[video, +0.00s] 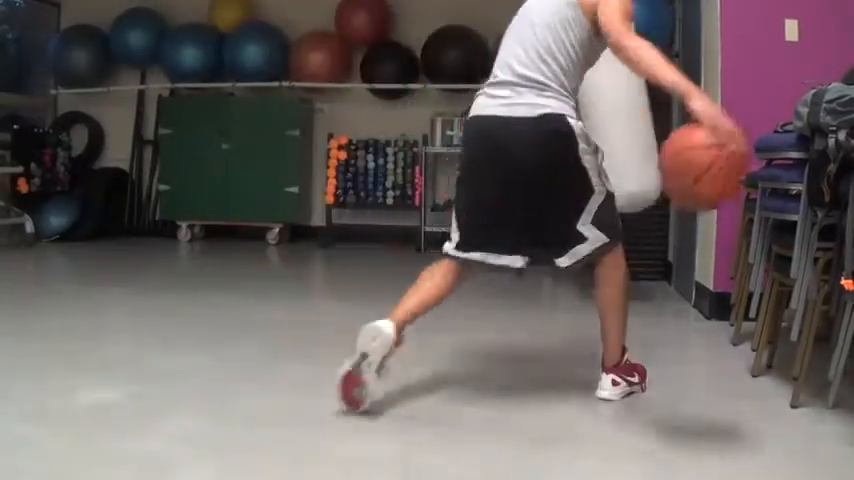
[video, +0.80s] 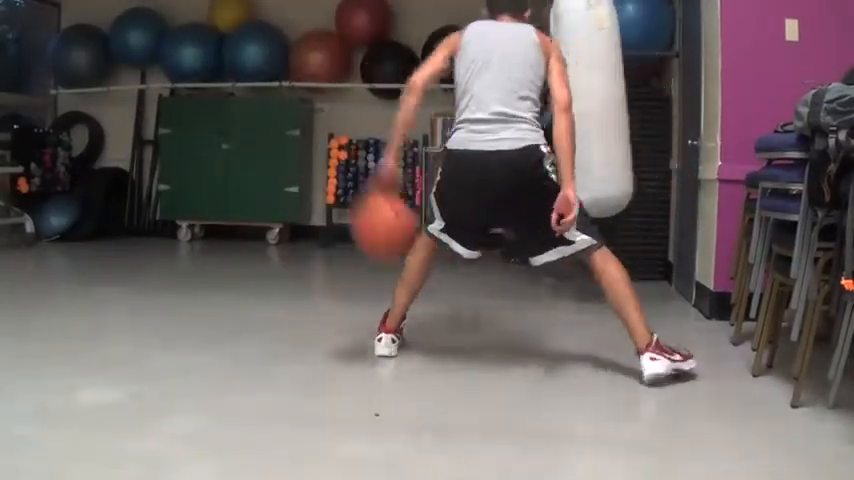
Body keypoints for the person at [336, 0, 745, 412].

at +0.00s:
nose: (626, 19)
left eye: (630, 16)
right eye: (625, 13)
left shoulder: (532, 10)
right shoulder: (600, 3)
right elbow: (624, 41)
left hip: (483, 125)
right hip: (548, 128)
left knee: (458, 256)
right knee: (608, 250)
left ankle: (391, 326)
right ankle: (615, 368)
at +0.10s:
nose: (628, 22)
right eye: (628, 14)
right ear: (606, 1)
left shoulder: (534, 12)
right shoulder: (610, 4)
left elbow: (491, 81)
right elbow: (639, 52)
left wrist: (465, 150)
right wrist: (709, 107)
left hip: (488, 128)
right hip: (549, 130)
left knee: (462, 237)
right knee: (608, 244)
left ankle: (408, 322)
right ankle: (614, 367)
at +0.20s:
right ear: (604, 2)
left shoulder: (527, 15)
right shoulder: (605, 15)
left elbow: (480, 85)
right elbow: (614, 81)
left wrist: (449, 154)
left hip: (487, 133)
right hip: (550, 135)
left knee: (456, 230)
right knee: (610, 240)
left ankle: (400, 332)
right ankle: (614, 367)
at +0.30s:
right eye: (593, 8)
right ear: (583, 4)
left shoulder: (504, 22)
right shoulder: (590, 27)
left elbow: (473, 94)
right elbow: (589, 101)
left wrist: (442, 160)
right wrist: (584, 181)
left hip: (480, 147)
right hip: (545, 149)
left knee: (441, 233)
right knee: (604, 251)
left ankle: (390, 329)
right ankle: (612, 367)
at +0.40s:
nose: (558, 11)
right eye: (559, 9)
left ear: (516, 4)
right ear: (557, 6)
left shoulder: (477, 34)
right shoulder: (568, 39)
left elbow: (451, 102)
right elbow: (565, 110)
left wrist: (418, 159)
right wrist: (558, 186)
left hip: (467, 158)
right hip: (532, 160)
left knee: (434, 240)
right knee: (592, 254)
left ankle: (389, 327)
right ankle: (610, 365)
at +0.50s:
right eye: (529, 18)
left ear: (488, 14)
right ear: (526, 17)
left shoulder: (458, 35)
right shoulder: (547, 45)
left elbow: (417, 79)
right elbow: (557, 111)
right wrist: (556, 184)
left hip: (457, 162)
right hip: (518, 166)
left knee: (425, 234)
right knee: (579, 255)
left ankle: (388, 329)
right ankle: (605, 360)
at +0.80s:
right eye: (532, 19)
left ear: (486, 15)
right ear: (527, 16)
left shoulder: (459, 38)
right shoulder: (545, 44)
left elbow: (416, 84)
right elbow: (562, 109)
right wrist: (568, 184)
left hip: (464, 169)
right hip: (523, 171)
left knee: (430, 236)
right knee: (596, 252)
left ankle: (389, 329)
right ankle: (650, 349)